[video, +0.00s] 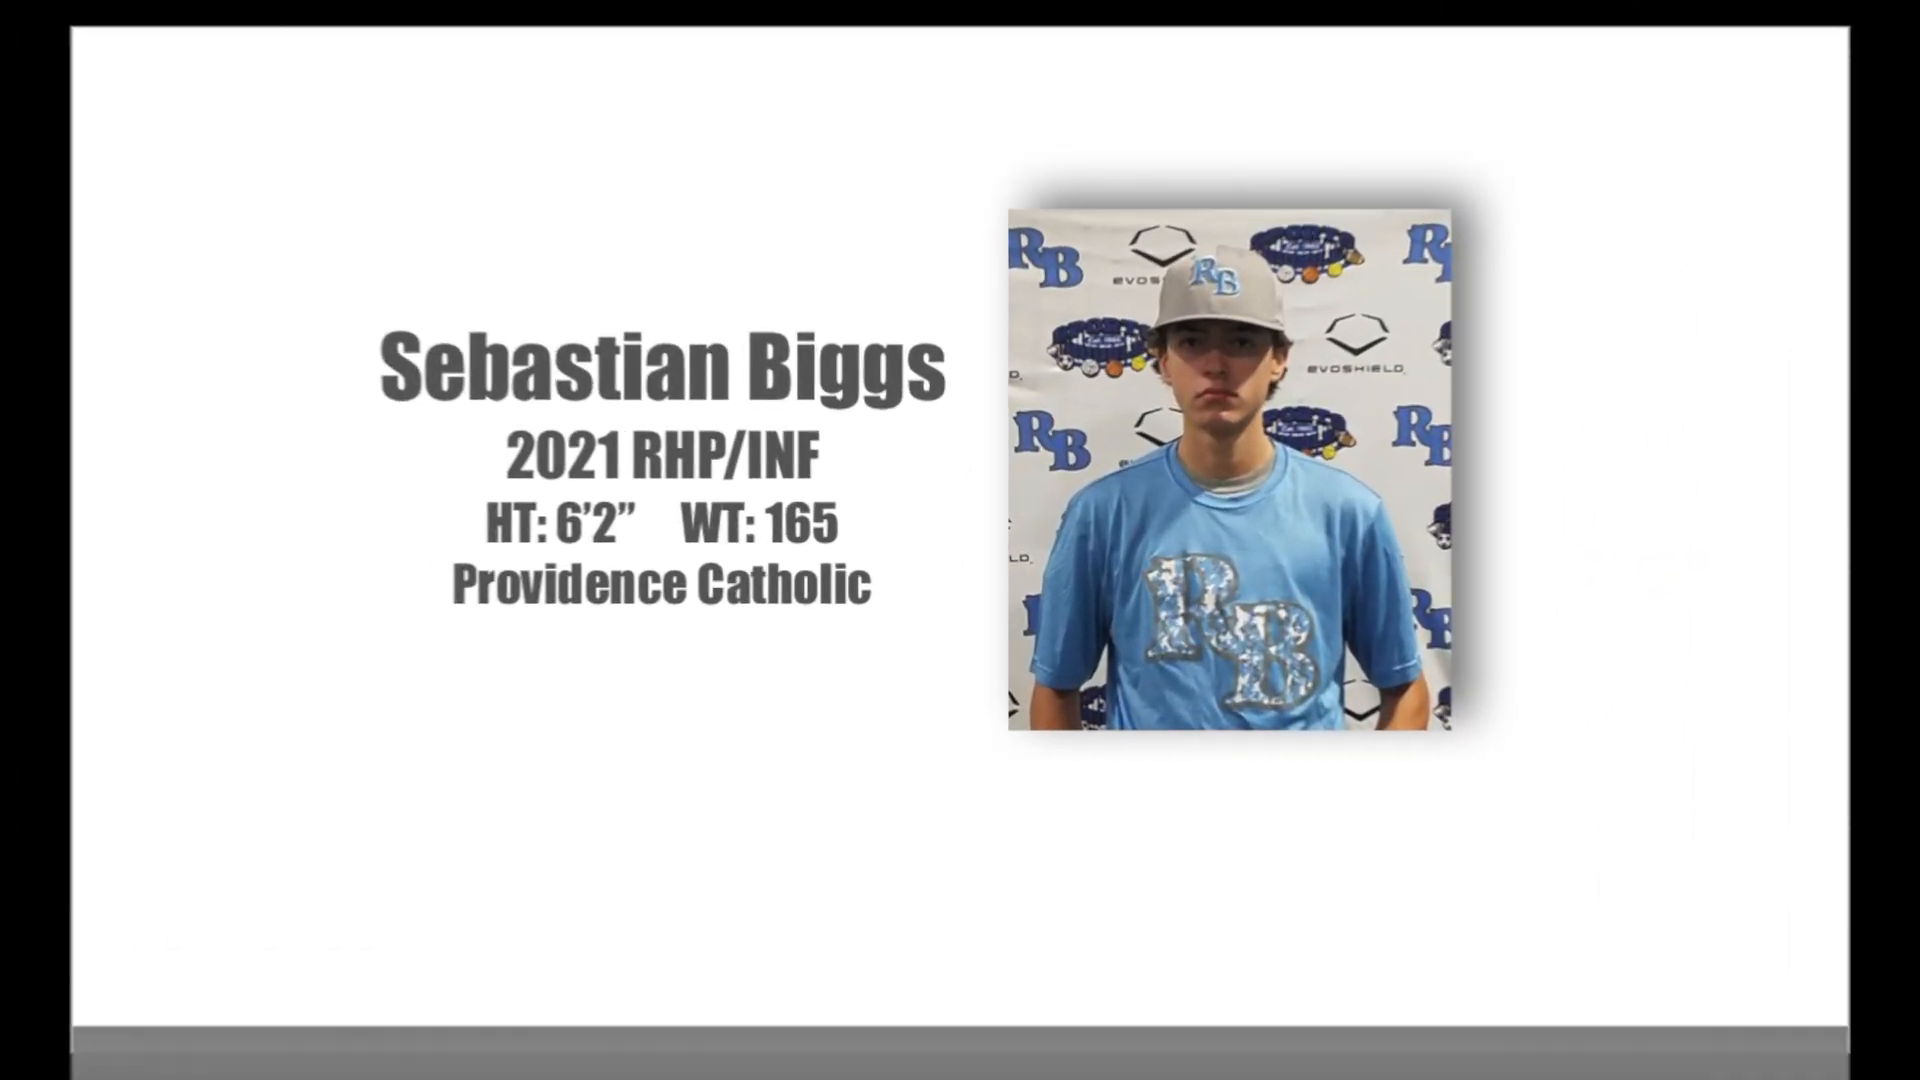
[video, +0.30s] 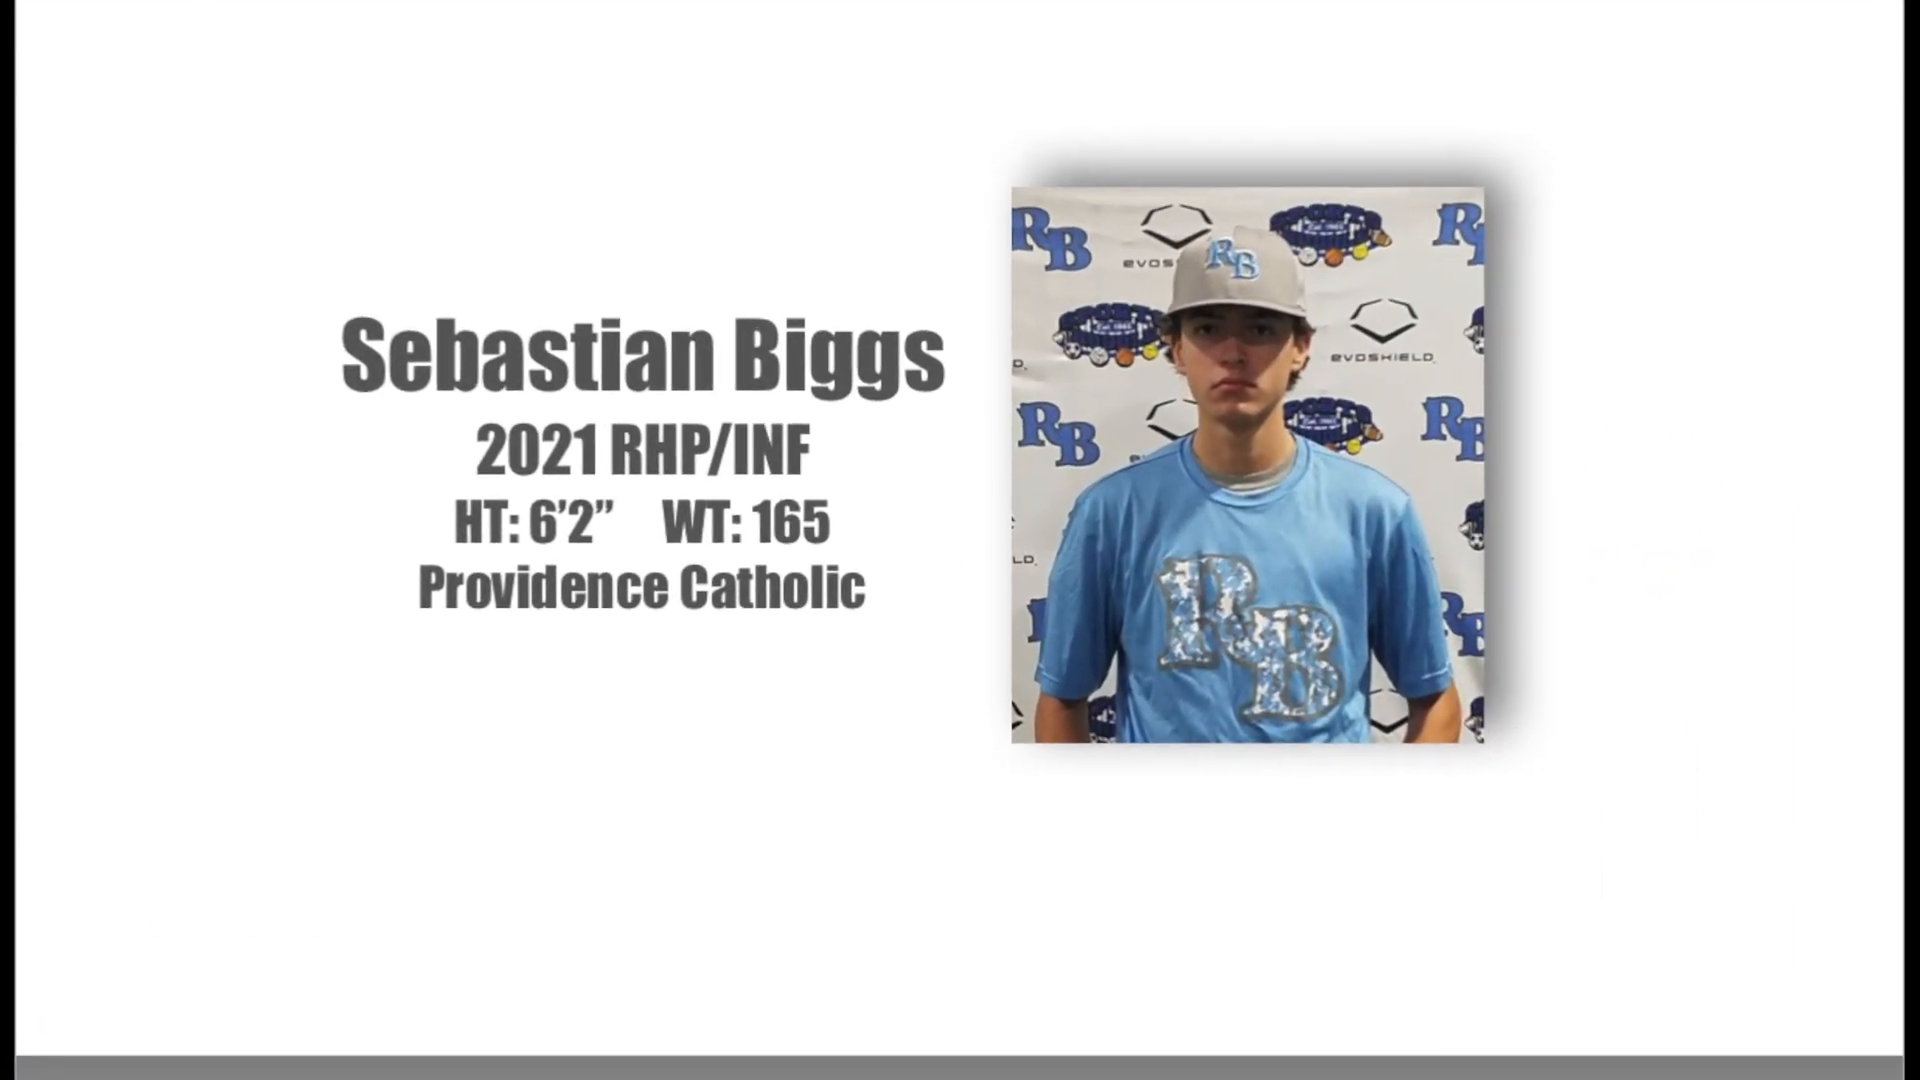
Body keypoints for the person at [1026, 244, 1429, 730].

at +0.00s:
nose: (1216, 364)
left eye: (1241, 341)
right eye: (1195, 342)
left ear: (1277, 361)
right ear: (1163, 363)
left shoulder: (1349, 513)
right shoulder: (1100, 515)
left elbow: (1407, 690)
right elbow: (1056, 693)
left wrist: (1370, 797)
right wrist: (1066, 802)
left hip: (1311, 793)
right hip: (1149, 793)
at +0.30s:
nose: (1233, 352)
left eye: (1260, 329)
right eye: (1210, 329)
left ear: (1299, 349)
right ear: (1177, 350)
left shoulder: (1376, 511)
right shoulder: (1110, 514)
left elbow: (1437, 702)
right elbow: (1062, 704)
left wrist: (1399, 815)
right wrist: (1073, 820)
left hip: (1334, 811)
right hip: (1163, 811)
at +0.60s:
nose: (1239, 348)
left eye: (1267, 324)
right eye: (1216, 324)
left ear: (1307, 346)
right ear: (1182, 346)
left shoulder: (1386, 511)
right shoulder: (1113, 513)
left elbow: (1447, 704)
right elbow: (1065, 707)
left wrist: (1409, 822)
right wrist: (1074, 826)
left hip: (1343, 821)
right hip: (1166, 820)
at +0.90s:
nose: (1241, 347)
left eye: (1268, 324)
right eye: (1217, 324)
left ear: (1308, 345)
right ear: (1183, 345)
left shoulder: (1388, 511)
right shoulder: (1114, 513)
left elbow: (1449, 706)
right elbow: (1065, 708)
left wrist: (1409, 820)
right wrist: (1076, 826)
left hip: (1344, 818)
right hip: (1167, 818)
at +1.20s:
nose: (1242, 347)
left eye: (1270, 323)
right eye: (1218, 323)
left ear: (1310, 344)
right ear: (1184, 344)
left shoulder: (1389, 510)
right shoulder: (1115, 513)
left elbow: (1452, 707)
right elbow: (1066, 708)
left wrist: (1413, 822)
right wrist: (1077, 827)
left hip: (1346, 819)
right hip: (1168, 819)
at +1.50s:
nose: (1243, 346)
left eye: (1271, 322)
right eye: (1220, 322)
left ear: (1311, 343)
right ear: (1185, 343)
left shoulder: (1392, 511)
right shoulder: (1116, 513)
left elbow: (1454, 707)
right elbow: (1067, 709)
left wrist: (1414, 823)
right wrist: (1079, 828)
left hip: (1348, 820)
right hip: (1169, 820)